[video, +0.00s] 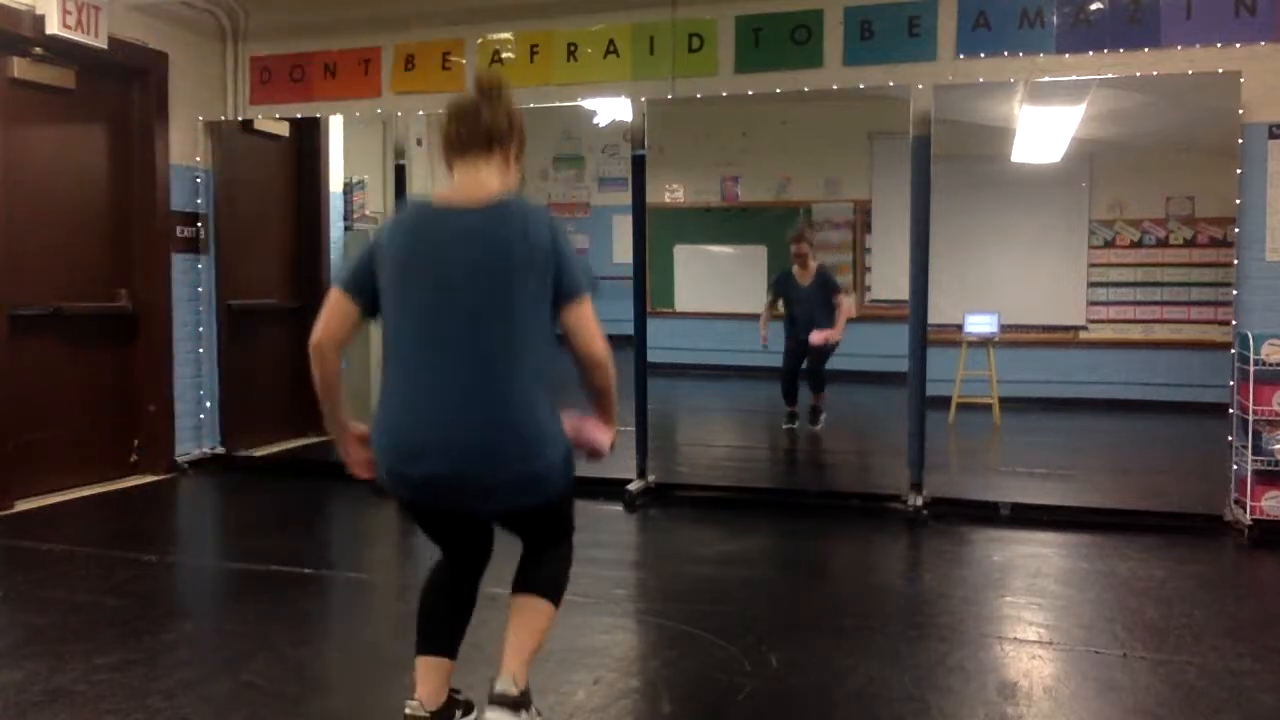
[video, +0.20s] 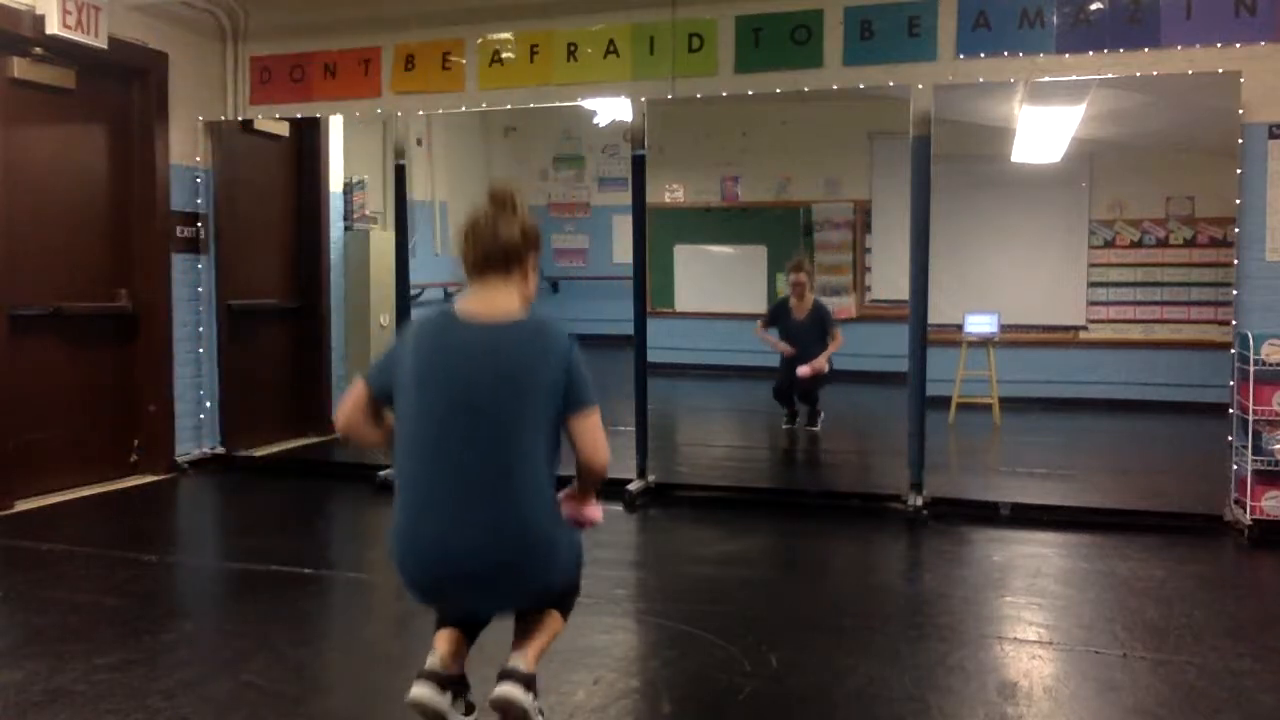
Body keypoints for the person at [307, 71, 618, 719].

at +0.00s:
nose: (517, 163)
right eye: (516, 149)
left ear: (444, 150)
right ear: (513, 149)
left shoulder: (400, 230)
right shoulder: (537, 229)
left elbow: (323, 340)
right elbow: (591, 346)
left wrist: (342, 428)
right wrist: (603, 416)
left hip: (412, 447)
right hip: (513, 444)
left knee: (462, 549)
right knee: (550, 533)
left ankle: (425, 705)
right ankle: (510, 685)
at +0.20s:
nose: (537, 279)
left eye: (535, 267)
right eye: (537, 268)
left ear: (467, 264)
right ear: (529, 266)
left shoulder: (420, 334)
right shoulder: (551, 341)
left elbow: (350, 419)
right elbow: (596, 456)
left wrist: (410, 443)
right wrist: (583, 495)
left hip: (426, 553)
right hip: (522, 550)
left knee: (472, 589)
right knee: (560, 576)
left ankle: (440, 668)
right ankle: (521, 670)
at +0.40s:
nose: (553, 321)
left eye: (552, 312)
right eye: (553, 313)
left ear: (482, 314)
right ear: (543, 320)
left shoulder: (431, 391)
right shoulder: (560, 404)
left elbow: (395, 499)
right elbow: (600, 522)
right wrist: (583, 550)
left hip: (434, 603)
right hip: (524, 603)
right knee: (579, 628)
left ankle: (453, 661)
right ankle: (523, 662)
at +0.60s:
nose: (570, 304)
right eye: (568, 296)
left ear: (497, 296)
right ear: (560, 303)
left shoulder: (456, 370)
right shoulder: (568, 392)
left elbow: (427, 456)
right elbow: (586, 507)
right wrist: (591, 550)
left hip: (454, 559)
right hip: (535, 565)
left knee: (482, 634)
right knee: (576, 638)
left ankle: (448, 643)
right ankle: (532, 640)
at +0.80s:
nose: (588, 297)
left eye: (584, 288)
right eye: (586, 289)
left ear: (517, 296)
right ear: (578, 300)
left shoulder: (486, 361)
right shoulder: (584, 382)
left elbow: (481, 455)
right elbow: (600, 497)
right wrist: (581, 539)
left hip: (447, 538)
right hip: (525, 544)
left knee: (495, 626)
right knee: (575, 627)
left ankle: (430, 662)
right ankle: (547, 638)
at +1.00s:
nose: (596, 342)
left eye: (592, 332)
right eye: (594, 334)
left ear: (530, 338)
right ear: (586, 344)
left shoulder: (494, 397)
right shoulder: (587, 417)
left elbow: (480, 485)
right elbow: (604, 531)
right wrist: (585, 565)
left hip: (441, 563)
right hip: (520, 568)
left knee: (496, 635)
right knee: (574, 632)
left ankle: (450, 659)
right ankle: (529, 659)